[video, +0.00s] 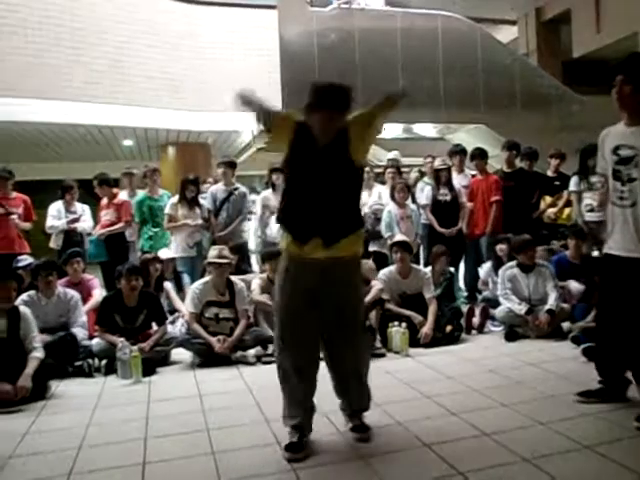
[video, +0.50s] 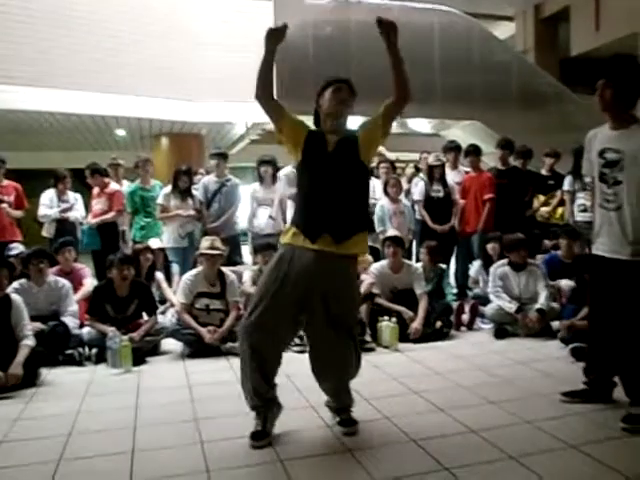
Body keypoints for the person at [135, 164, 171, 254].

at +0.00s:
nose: (154, 178)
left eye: (157, 175)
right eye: (151, 176)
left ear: (160, 177)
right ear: (146, 179)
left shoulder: (167, 196)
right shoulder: (140, 200)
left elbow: (171, 218)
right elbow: (137, 223)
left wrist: (174, 239)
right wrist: (136, 242)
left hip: (165, 240)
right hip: (147, 241)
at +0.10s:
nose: (157, 179)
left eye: (158, 175)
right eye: (153, 175)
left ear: (161, 177)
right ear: (147, 178)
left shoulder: (166, 194)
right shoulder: (140, 196)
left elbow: (171, 214)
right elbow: (138, 218)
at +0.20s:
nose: (157, 173)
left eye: (159, 169)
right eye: (153, 170)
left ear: (162, 172)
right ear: (149, 173)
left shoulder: (169, 190)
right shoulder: (143, 193)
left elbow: (173, 212)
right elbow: (140, 215)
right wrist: (138, 234)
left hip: (167, 233)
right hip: (150, 234)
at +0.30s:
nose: (153, 170)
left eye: (155, 167)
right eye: (150, 168)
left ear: (159, 169)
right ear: (145, 171)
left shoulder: (166, 188)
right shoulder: (138, 191)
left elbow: (169, 210)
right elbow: (136, 213)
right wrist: (134, 232)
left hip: (163, 232)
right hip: (146, 232)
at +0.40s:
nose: (151, 172)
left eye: (153, 168)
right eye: (148, 169)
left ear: (157, 170)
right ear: (143, 171)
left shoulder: (164, 188)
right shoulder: (137, 191)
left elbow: (168, 210)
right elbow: (135, 214)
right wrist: (133, 233)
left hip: (162, 231)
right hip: (144, 232)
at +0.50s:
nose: (146, 169)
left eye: (148, 166)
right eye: (142, 166)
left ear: (152, 168)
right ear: (137, 170)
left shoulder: (159, 187)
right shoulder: (132, 190)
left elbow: (163, 208)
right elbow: (129, 213)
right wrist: (127, 233)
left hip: (157, 230)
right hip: (139, 231)